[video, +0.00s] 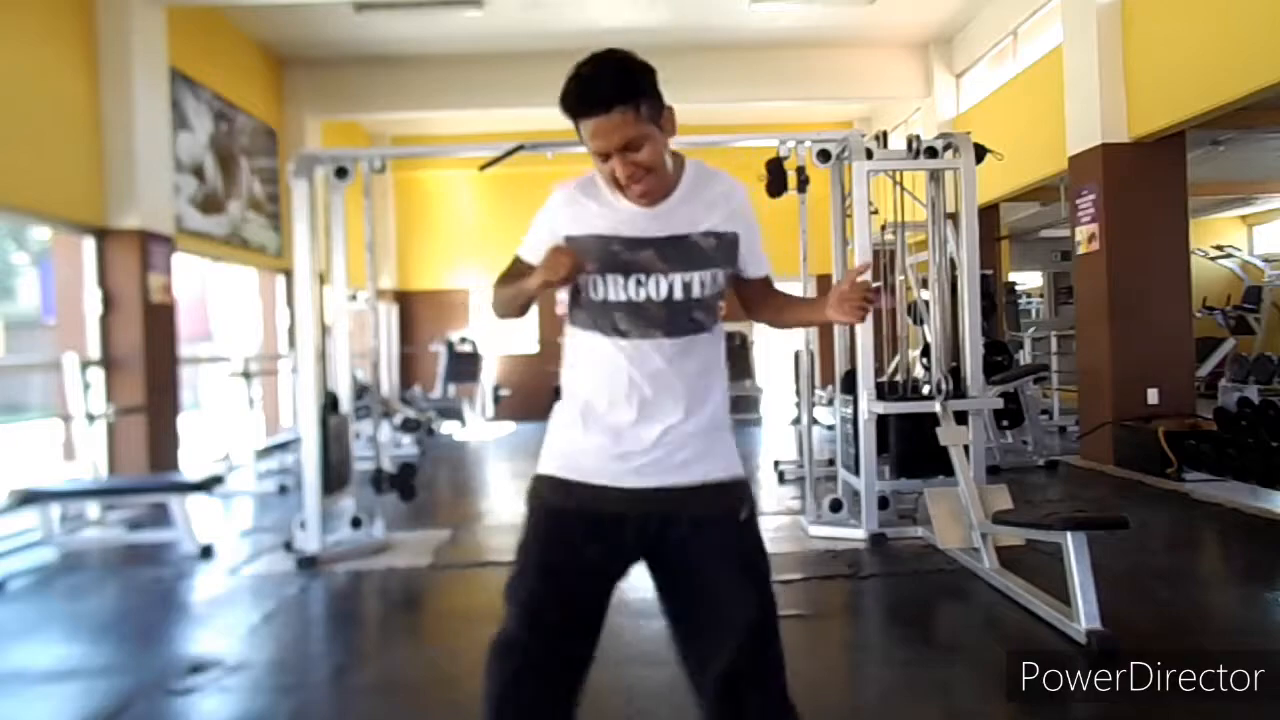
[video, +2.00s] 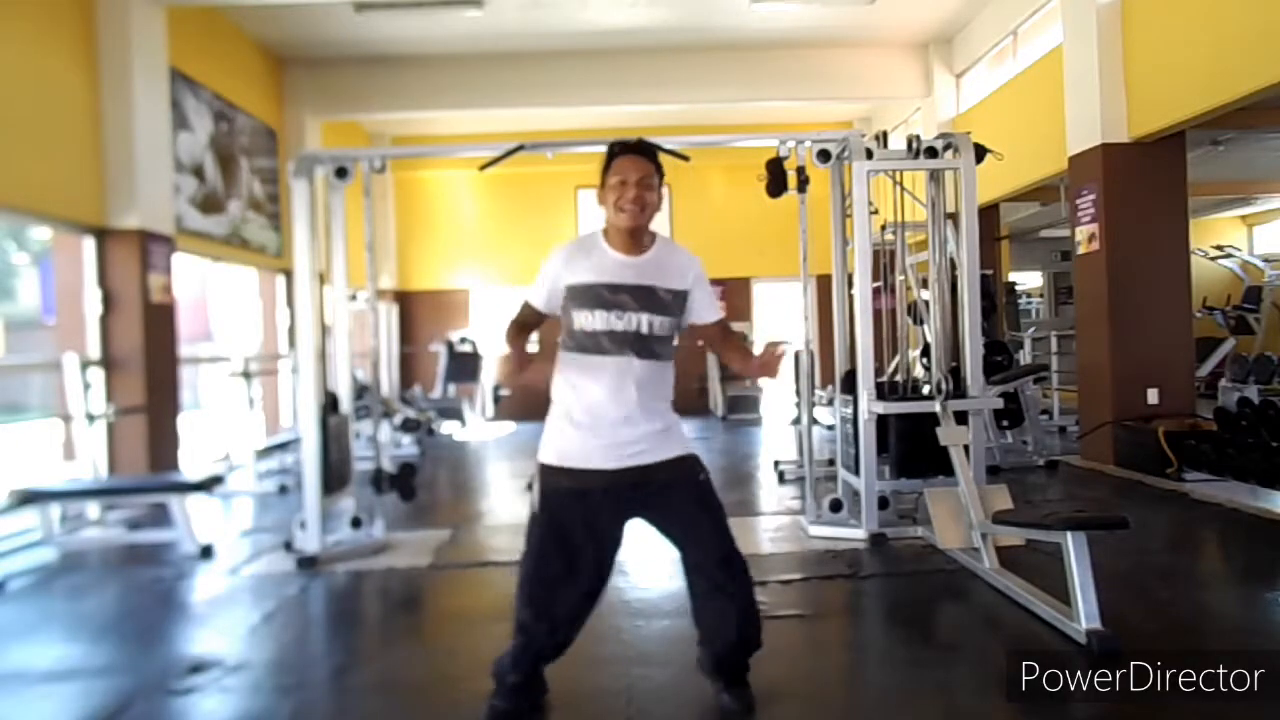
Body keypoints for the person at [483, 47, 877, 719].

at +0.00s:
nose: (625, 168)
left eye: (635, 146)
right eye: (606, 157)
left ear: (666, 119)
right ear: (585, 146)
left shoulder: (724, 197)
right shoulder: (569, 205)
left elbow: (758, 299)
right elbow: (502, 302)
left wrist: (824, 306)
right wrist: (540, 278)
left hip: (700, 480)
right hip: (581, 479)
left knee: (745, 679)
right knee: (526, 673)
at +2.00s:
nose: (633, 194)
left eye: (645, 184)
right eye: (621, 184)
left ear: (659, 196)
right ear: (602, 194)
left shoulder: (683, 267)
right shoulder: (569, 261)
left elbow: (718, 336)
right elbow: (523, 325)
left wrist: (751, 363)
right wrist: (517, 362)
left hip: (660, 449)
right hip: (575, 455)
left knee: (720, 567)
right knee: (549, 589)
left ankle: (730, 670)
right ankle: (515, 689)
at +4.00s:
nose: (610, 216)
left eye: (618, 199)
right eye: (600, 204)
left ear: (659, 179)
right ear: (592, 199)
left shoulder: (724, 250)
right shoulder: (590, 264)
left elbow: (775, 332)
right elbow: (540, 353)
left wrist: (778, 377)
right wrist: (472, 411)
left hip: (700, 486)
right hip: (597, 490)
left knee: (775, 648)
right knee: (561, 672)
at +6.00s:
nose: (668, 132)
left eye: (683, 120)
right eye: (651, 123)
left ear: (704, 142)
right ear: (630, 148)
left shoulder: (738, 223)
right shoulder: (595, 235)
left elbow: (762, 328)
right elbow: (552, 334)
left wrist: (783, 324)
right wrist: (490, 352)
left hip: (731, 497)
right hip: (611, 494)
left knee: (774, 696)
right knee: (546, 686)